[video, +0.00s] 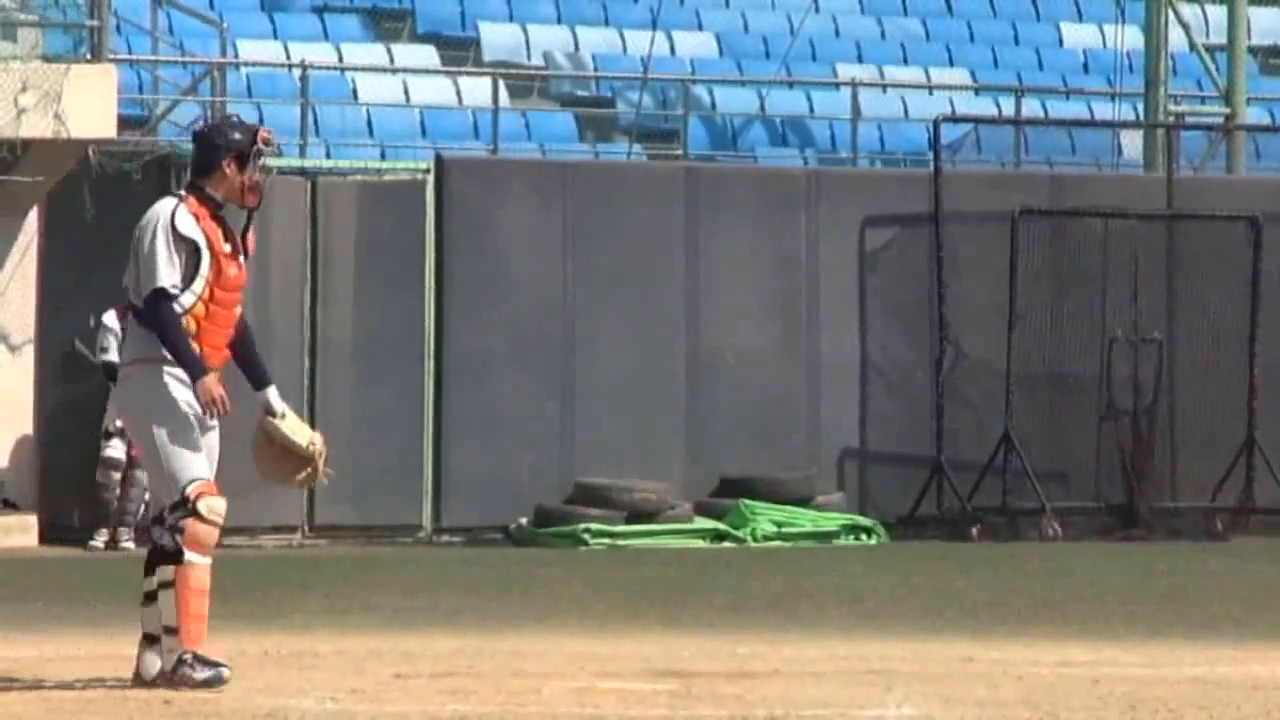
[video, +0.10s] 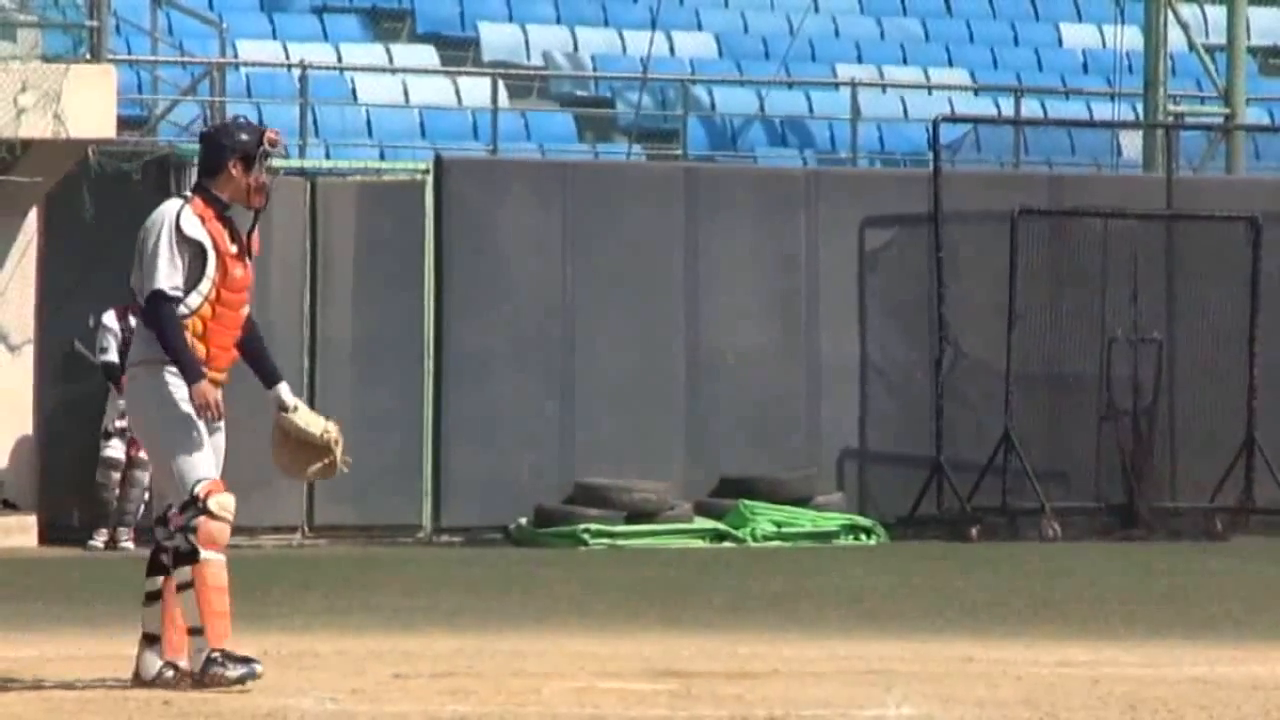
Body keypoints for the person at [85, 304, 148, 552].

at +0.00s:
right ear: (133, 292)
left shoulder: (161, 325)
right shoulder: (113, 318)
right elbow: (109, 366)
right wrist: (135, 378)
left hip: (149, 394)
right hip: (121, 391)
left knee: (140, 462)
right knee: (112, 456)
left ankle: (127, 527)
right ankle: (103, 525)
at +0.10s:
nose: (145, 299)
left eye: (151, 294)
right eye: (141, 291)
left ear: (160, 297)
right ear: (133, 290)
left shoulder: (164, 328)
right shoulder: (113, 318)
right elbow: (108, 361)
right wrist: (124, 384)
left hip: (149, 398)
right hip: (121, 397)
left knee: (141, 464)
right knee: (112, 457)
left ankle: (126, 528)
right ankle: (102, 526)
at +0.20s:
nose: (149, 297)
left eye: (152, 292)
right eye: (144, 291)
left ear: (155, 294)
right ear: (133, 293)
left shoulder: (163, 325)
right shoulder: (112, 319)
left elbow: (169, 366)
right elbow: (109, 365)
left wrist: (155, 392)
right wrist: (140, 392)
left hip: (153, 399)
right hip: (122, 396)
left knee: (143, 463)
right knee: (112, 458)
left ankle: (126, 528)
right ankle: (104, 525)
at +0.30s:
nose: (157, 295)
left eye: (159, 289)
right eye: (152, 288)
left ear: (161, 292)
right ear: (137, 291)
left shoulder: (167, 325)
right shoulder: (113, 319)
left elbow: (175, 364)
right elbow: (110, 367)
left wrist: (165, 396)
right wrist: (144, 395)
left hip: (155, 400)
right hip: (123, 397)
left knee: (142, 464)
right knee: (112, 458)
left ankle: (126, 528)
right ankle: (103, 526)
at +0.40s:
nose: (154, 294)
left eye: (157, 289)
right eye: (148, 288)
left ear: (162, 293)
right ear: (136, 291)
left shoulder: (170, 325)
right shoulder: (113, 319)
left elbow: (177, 365)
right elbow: (110, 368)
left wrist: (167, 395)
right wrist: (143, 395)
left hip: (157, 400)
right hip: (124, 397)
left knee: (142, 463)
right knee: (112, 458)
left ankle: (125, 528)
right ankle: (103, 525)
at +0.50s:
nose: (154, 293)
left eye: (157, 288)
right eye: (147, 287)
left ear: (161, 292)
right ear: (134, 291)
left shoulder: (169, 324)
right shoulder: (112, 319)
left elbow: (178, 368)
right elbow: (109, 367)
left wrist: (163, 395)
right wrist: (142, 394)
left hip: (154, 401)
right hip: (122, 397)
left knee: (141, 462)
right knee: (110, 457)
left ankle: (124, 527)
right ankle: (101, 525)